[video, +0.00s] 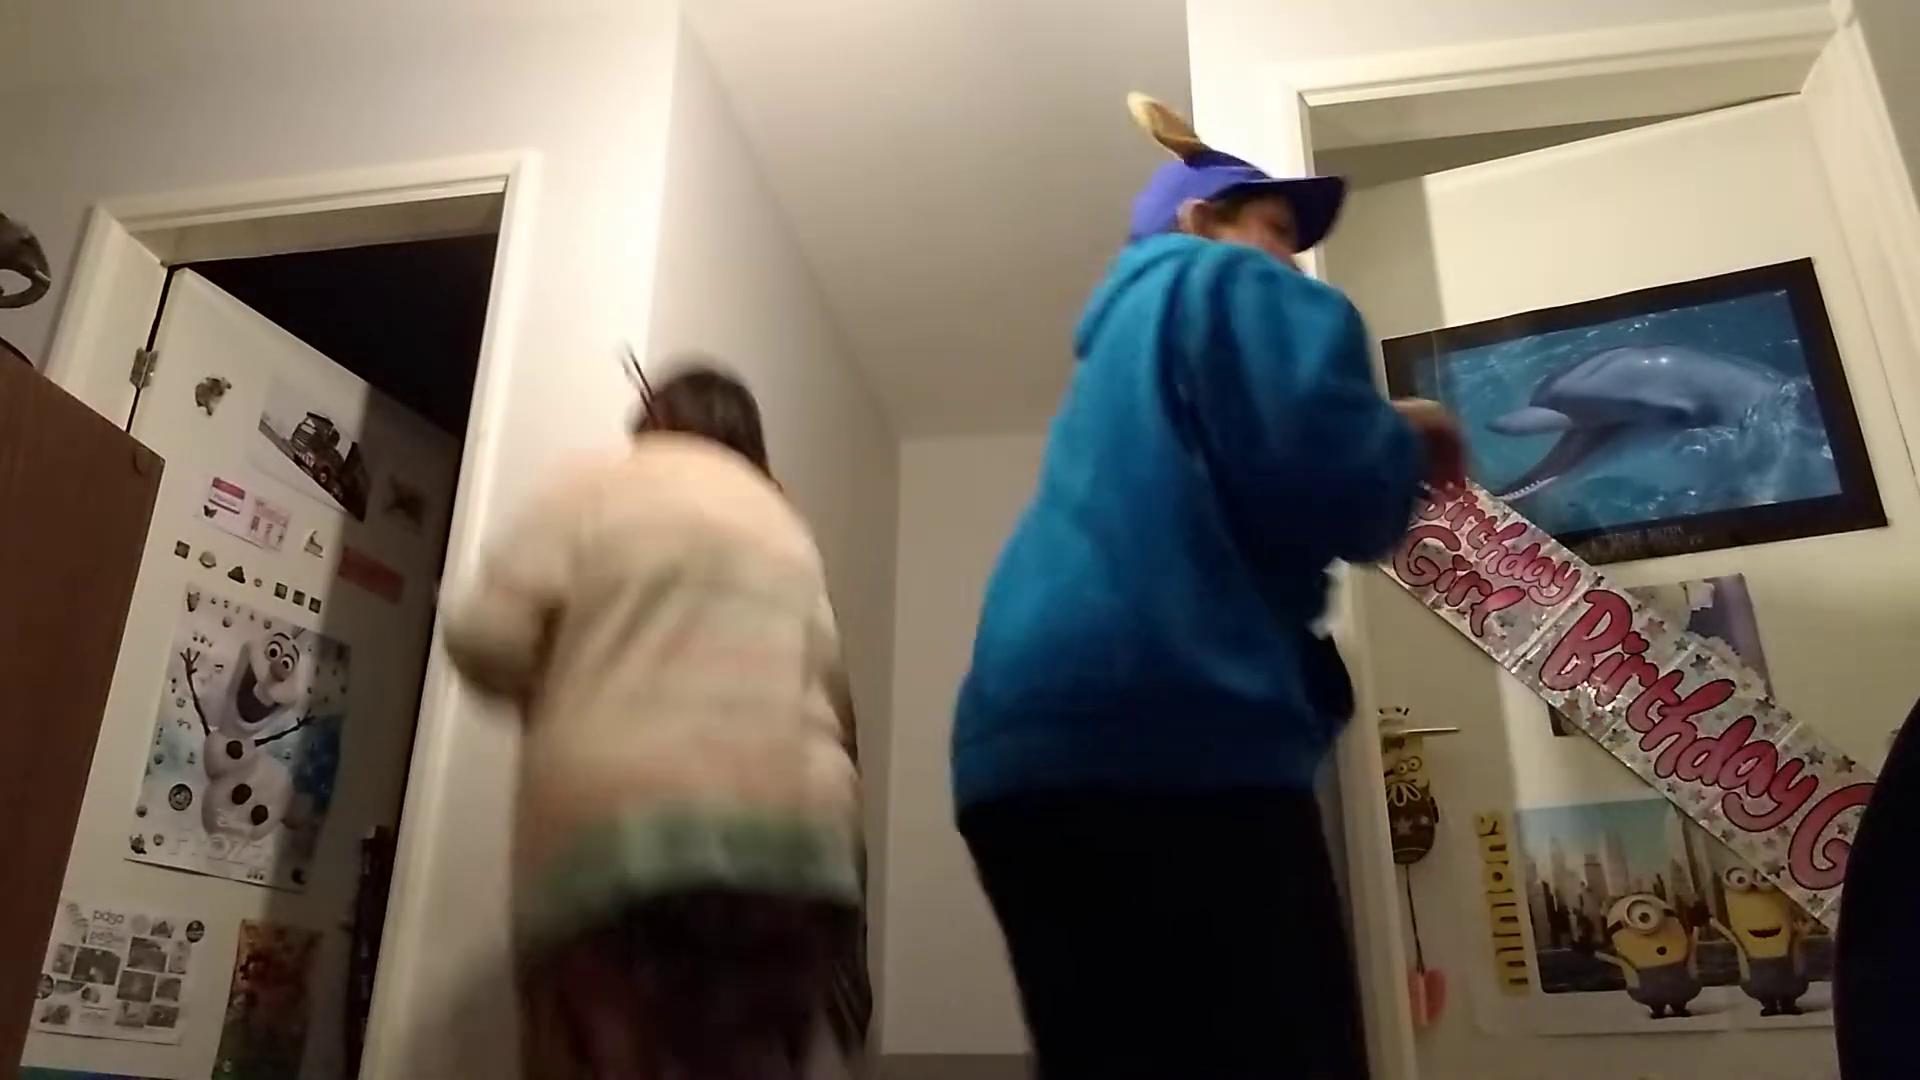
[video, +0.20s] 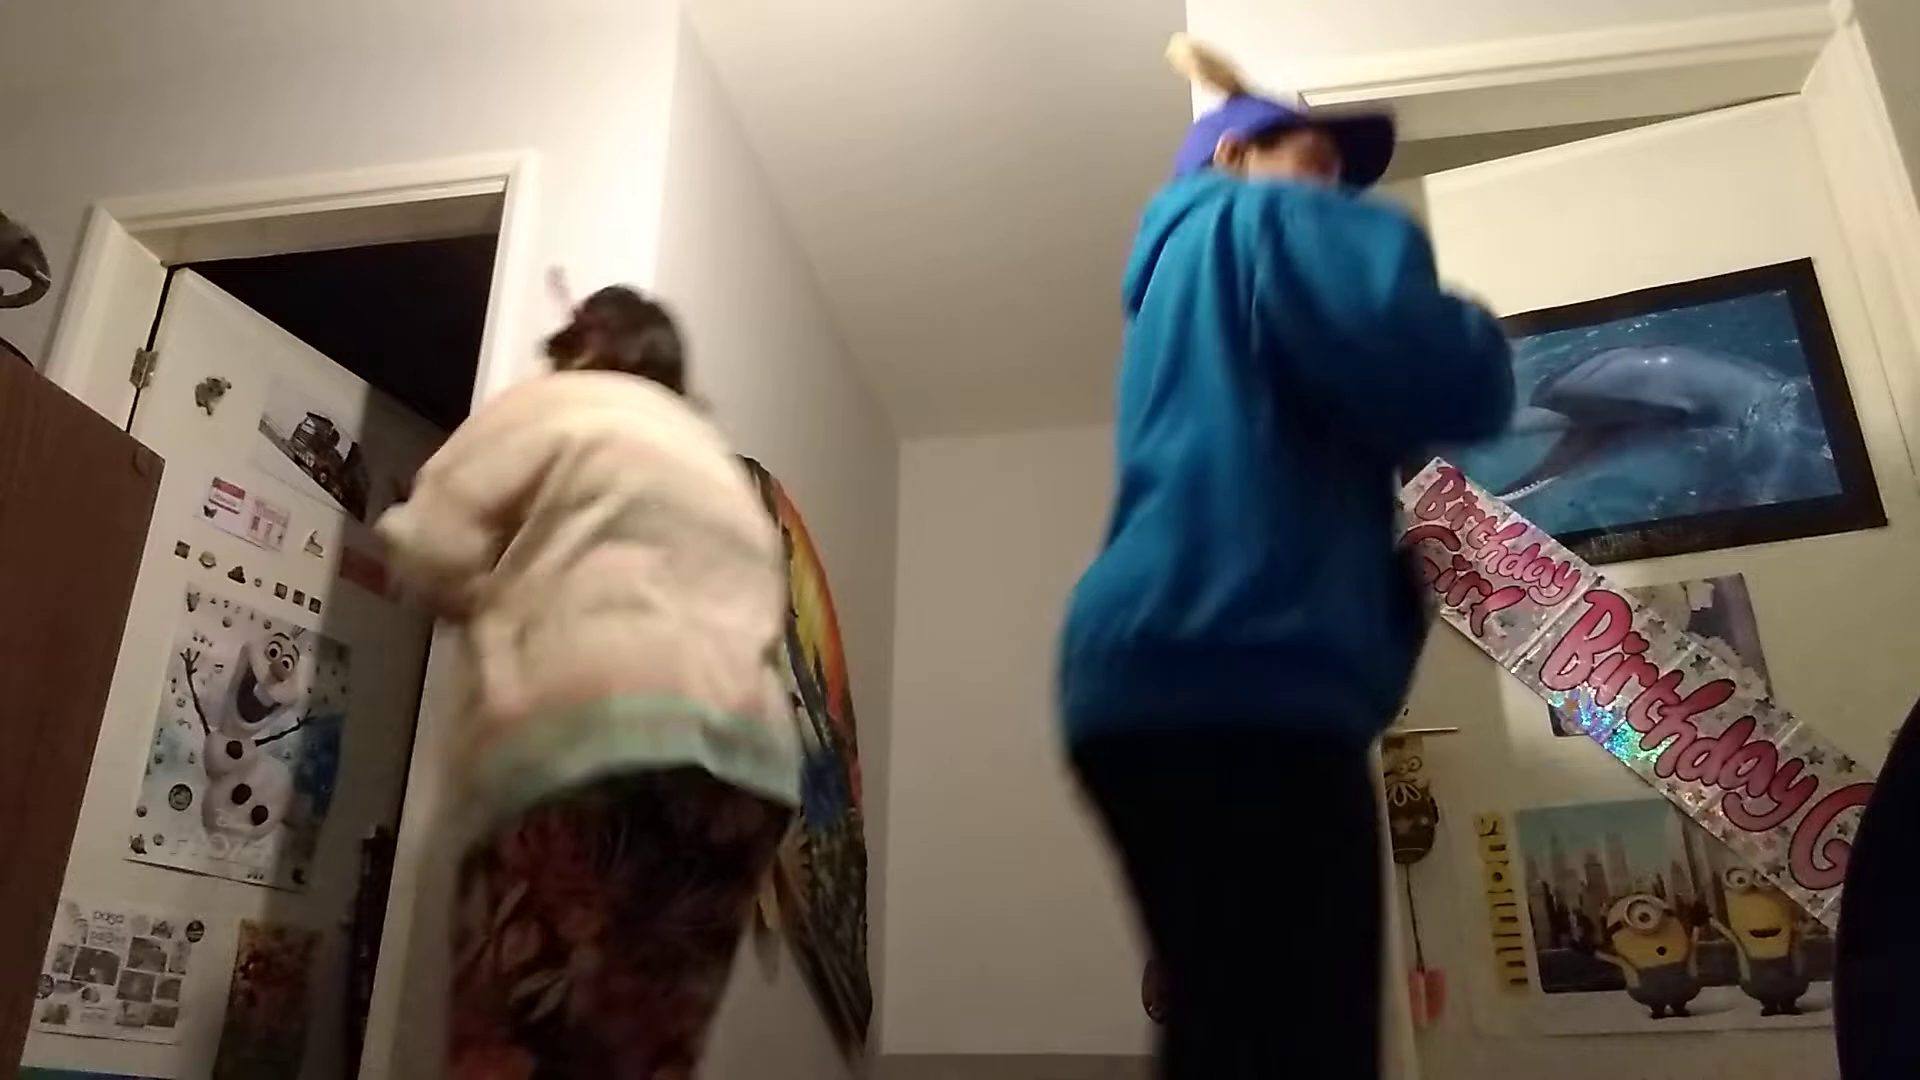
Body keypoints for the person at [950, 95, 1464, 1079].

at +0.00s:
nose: (1296, 251)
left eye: (1295, 233)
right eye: (1275, 226)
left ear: (1177, 229)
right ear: (1201, 217)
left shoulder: (1114, 342)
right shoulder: (1243, 290)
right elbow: (1350, 493)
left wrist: (1379, 432)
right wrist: (1410, 438)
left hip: (1026, 749)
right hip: (1175, 739)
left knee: (1104, 1054)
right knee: (1279, 1049)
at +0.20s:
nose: (1332, 182)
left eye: (1335, 163)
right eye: (1316, 155)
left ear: (1229, 157)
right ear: (1241, 149)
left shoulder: (1177, 256)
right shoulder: (1272, 221)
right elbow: (1462, 380)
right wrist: (1455, 326)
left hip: (1146, 683)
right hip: (1248, 678)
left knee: (1224, 1023)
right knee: (1305, 1027)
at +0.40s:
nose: (1395, 188)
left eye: (1397, 170)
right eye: (1366, 165)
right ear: (1289, 178)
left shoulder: (1247, 287)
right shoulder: (1348, 258)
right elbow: (1449, 441)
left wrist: (1516, 403)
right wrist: (1530, 379)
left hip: (1230, 718)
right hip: (1336, 706)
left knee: (1358, 1033)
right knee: (1438, 1031)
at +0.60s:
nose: (1398, 148)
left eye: (1410, 135)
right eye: (1365, 127)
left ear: (1420, 152)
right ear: (1297, 155)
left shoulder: (1306, 263)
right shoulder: (1356, 242)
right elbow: (1519, 383)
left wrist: (1550, 295)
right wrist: (1569, 286)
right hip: (1427, 679)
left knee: (1456, 1022)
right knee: (1534, 1019)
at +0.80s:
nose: (1476, 154)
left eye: (1488, 136)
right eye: (1439, 133)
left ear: (1508, 150)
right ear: (1373, 170)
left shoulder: (1365, 273)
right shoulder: (1463, 246)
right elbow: (1592, 403)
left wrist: (1640, 321)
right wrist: (1664, 308)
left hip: (1409, 696)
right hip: (1513, 680)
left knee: (1544, 1016)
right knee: (1646, 1012)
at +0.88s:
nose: (1507, 185)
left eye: (1523, 169)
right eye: (1465, 170)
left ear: (1542, 200)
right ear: (1401, 223)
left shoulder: (1433, 310)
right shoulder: (1451, 291)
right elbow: (1634, 460)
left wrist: (1657, 340)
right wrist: (1683, 328)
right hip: (1550, 767)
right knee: (1714, 1049)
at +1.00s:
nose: (1499, 150)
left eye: (1516, 131)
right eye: (1460, 132)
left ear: (1541, 162)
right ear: (1398, 186)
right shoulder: (1456, 255)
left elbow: (1732, 473)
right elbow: (1642, 374)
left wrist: (1685, 279)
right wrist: (1682, 252)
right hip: (1597, 699)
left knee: (1723, 1023)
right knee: (1743, 1021)